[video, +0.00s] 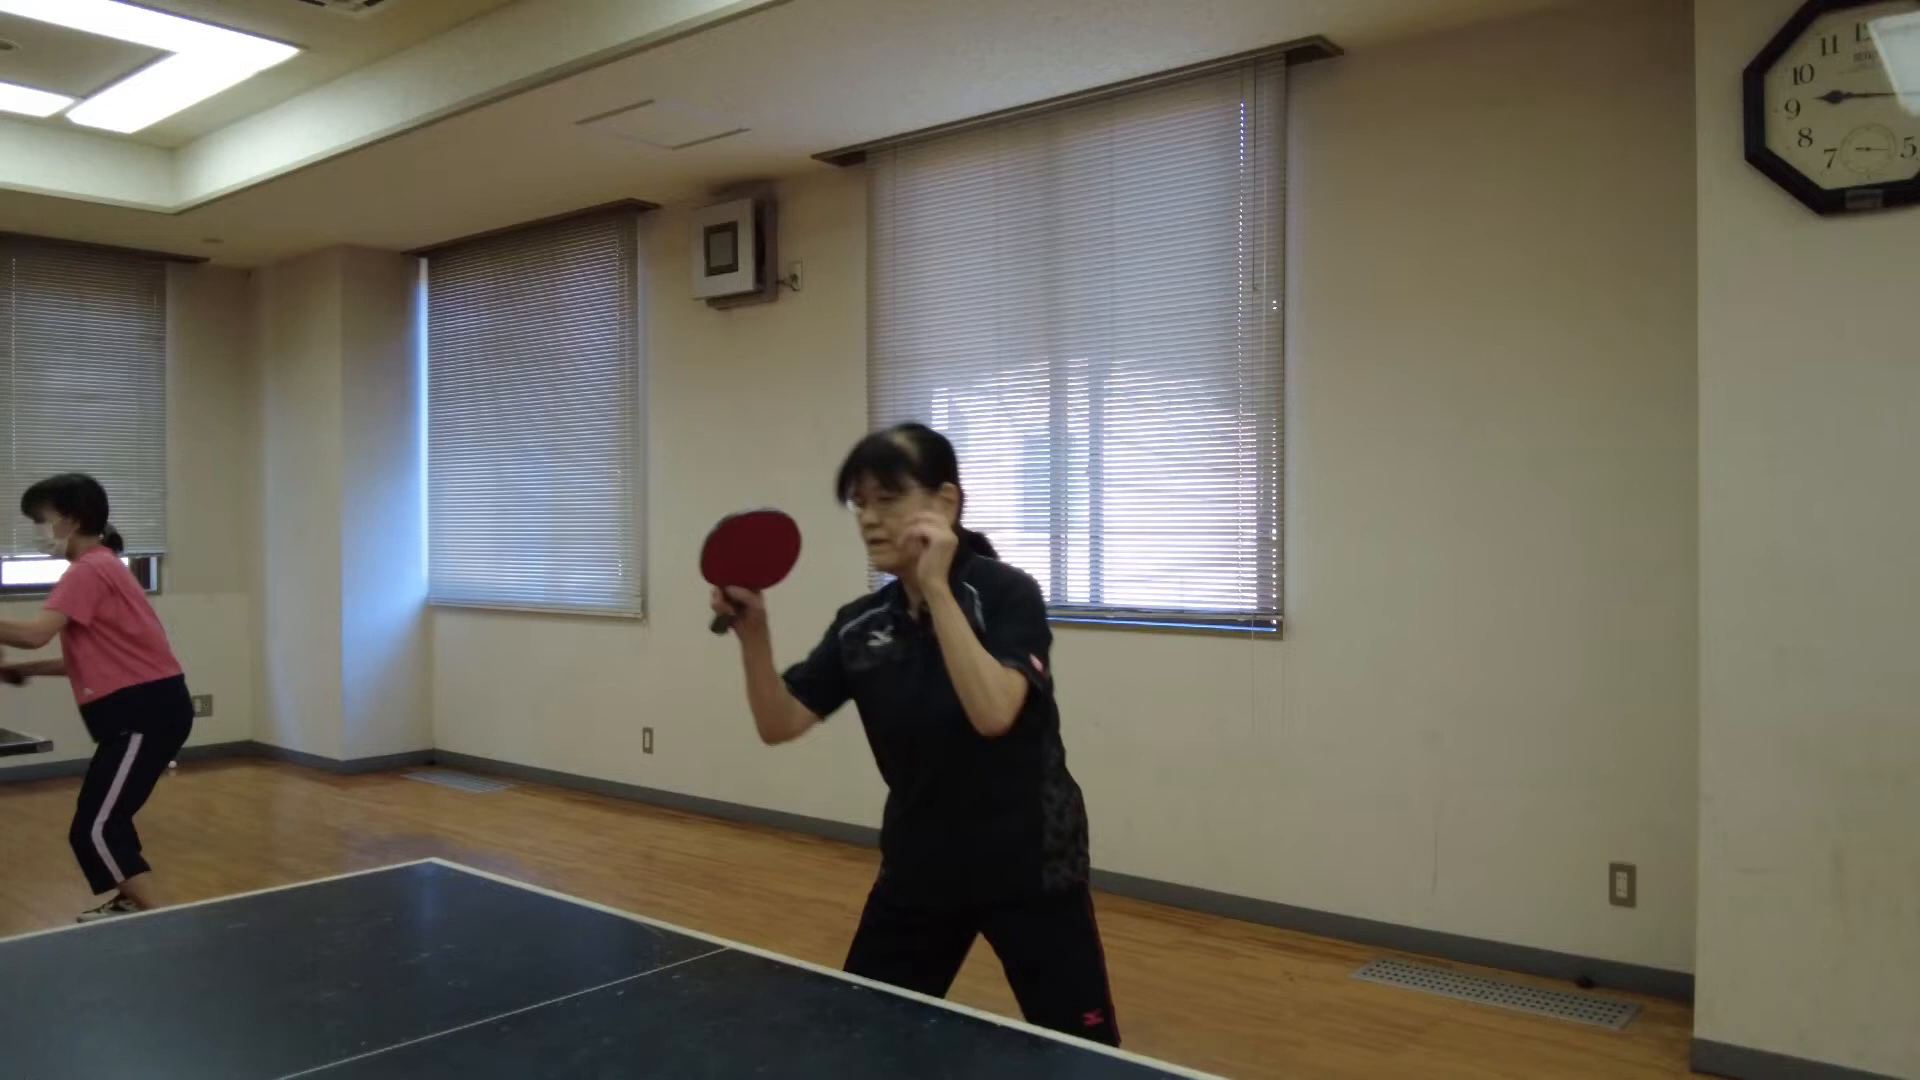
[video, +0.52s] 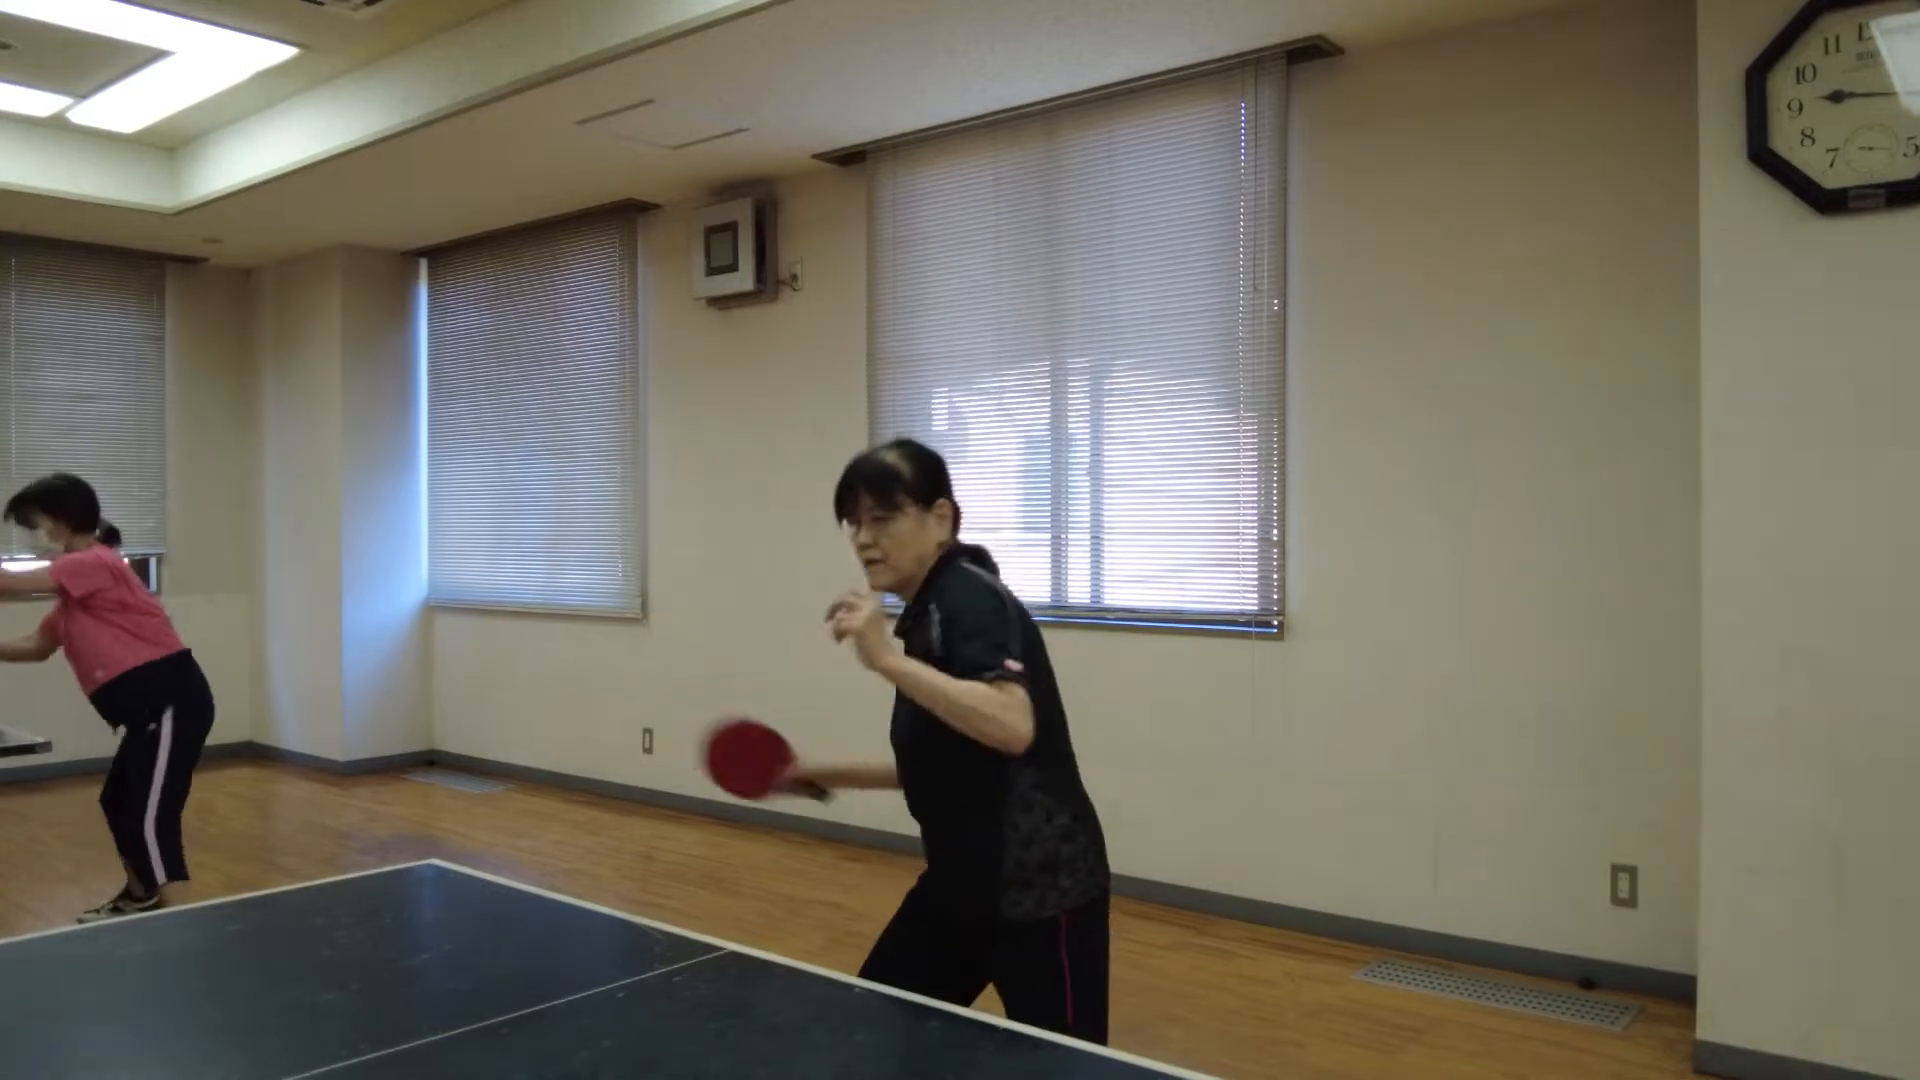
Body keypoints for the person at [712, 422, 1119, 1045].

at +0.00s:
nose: (870, 517)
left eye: (889, 497)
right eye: (860, 503)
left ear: (948, 502)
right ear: (852, 515)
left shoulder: (1006, 593)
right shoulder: (861, 625)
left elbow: (995, 711)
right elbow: (778, 722)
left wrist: (936, 588)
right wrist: (753, 633)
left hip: (1030, 866)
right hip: (923, 868)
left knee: (1086, 1055)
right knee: (858, 1039)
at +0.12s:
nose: (881, 519)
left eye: (902, 499)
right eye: (871, 506)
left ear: (958, 506)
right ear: (862, 518)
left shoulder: (1018, 598)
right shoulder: (868, 626)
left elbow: (1010, 719)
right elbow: (790, 730)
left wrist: (945, 600)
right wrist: (762, 643)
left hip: (1037, 869)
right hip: (928, 870)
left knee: (1090, 1056)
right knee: (857, 1038)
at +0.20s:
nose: (893, 515)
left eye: (915, 494)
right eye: (884, 501)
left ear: (972, 503)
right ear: (876, 515)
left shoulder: (1031, 597)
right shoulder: (880, 622)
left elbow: (1034, 728)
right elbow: (810, 738)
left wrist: (956, 616)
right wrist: (774, 658)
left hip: (1044, 864)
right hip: (936, 865)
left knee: (1092, 1056)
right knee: (866, 1037)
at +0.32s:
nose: (895, 507)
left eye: (918, 487)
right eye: (886, 492)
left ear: (975, 496)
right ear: (877, 505)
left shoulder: (1030, 589)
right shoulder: (892, 616)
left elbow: (1044, 723)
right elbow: (841, 736)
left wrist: (948, 623)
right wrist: (768, 680)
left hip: (1050, 863)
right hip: (946, 861)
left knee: (1095, 1057)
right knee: (870, 1033)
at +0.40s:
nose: (885, 513)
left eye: (906, 494)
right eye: (876, 498)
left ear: (964, 501)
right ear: (868, 509)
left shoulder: (1010, 587)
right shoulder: (905, 609)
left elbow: (1043, 724)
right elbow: (873, 746)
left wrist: (931, 638)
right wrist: (766, 714)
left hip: (1051, 867)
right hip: (954, 862)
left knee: (1082, 1056)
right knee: (870, 1028)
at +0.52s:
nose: (863, 540)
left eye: (883, 519)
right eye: (855, 524)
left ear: (942, 518)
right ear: (849, 532)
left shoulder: (971, 597)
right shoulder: (926, 613)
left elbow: (1013, 725)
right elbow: (943, 769)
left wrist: (889, 659)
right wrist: (819, 777)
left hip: (1045, 888)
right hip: (967, 879)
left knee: (1064, 1065)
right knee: (870, 1029)